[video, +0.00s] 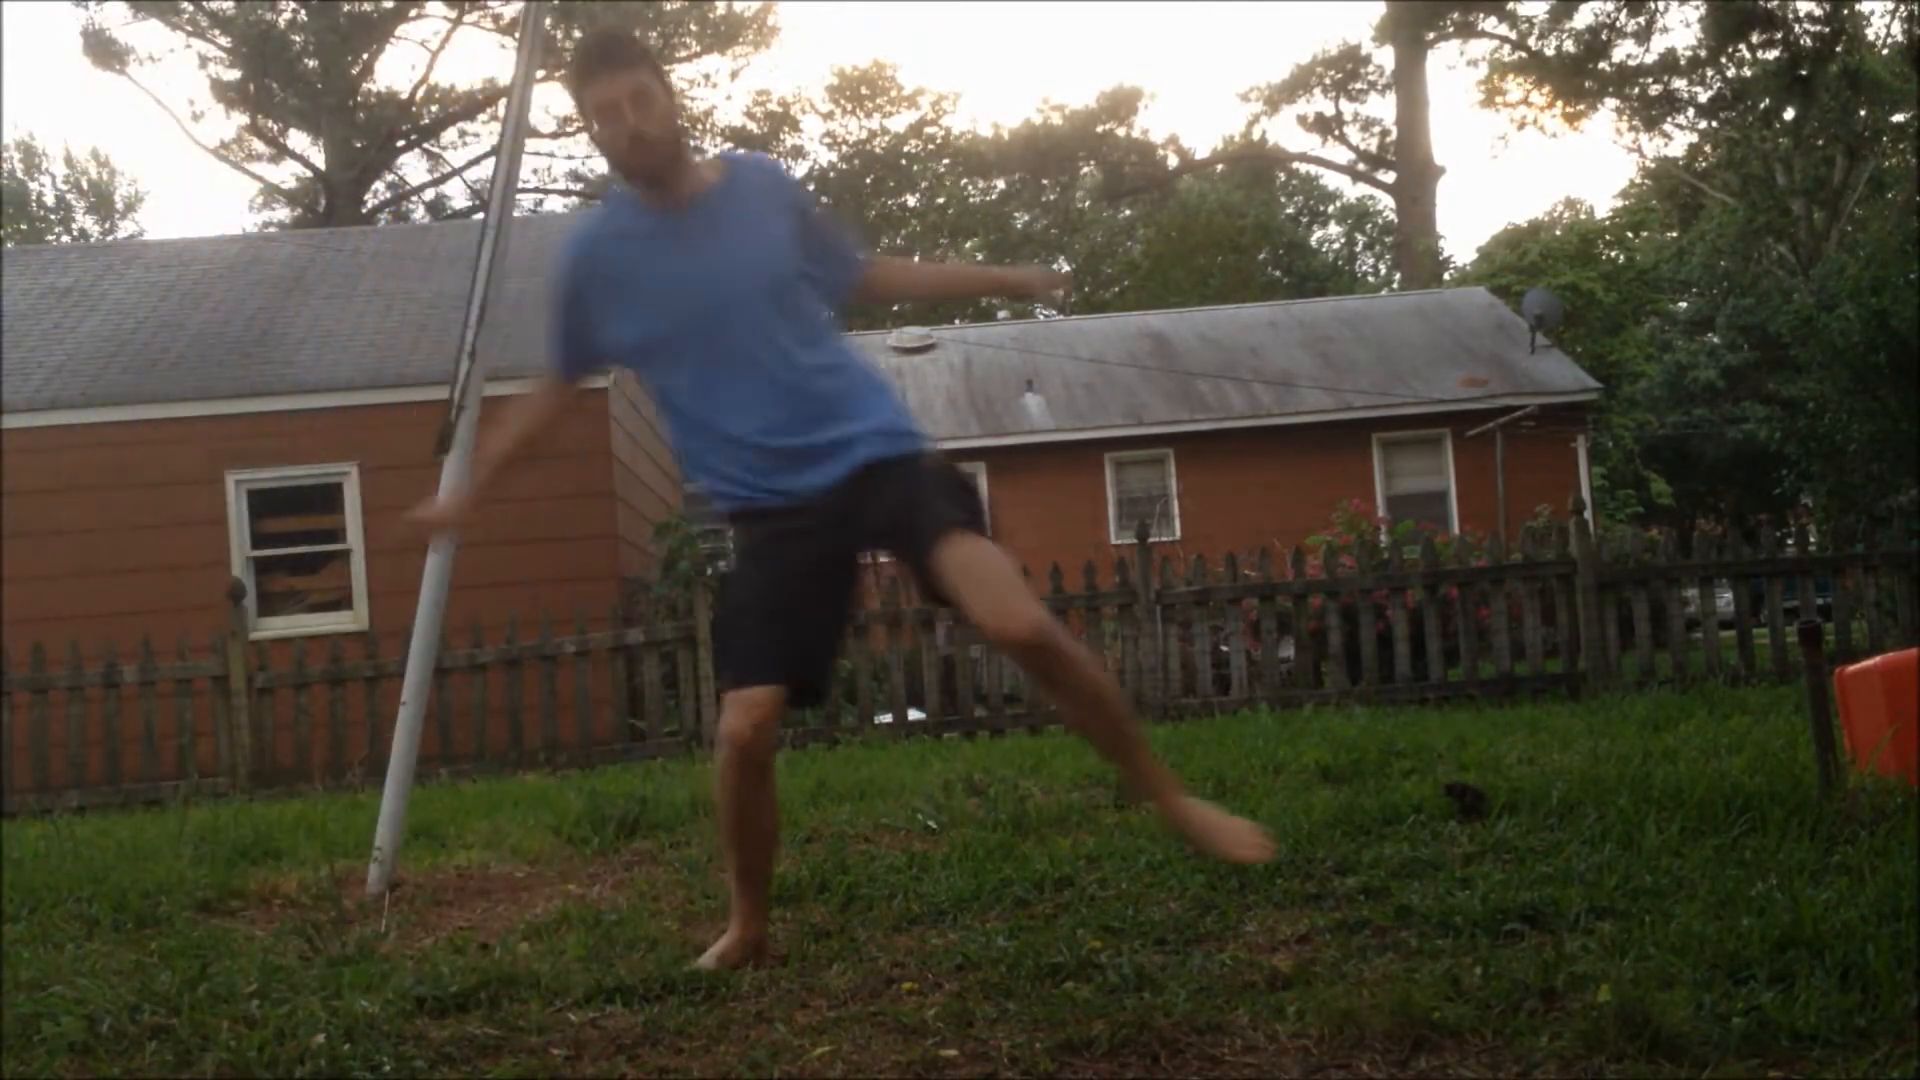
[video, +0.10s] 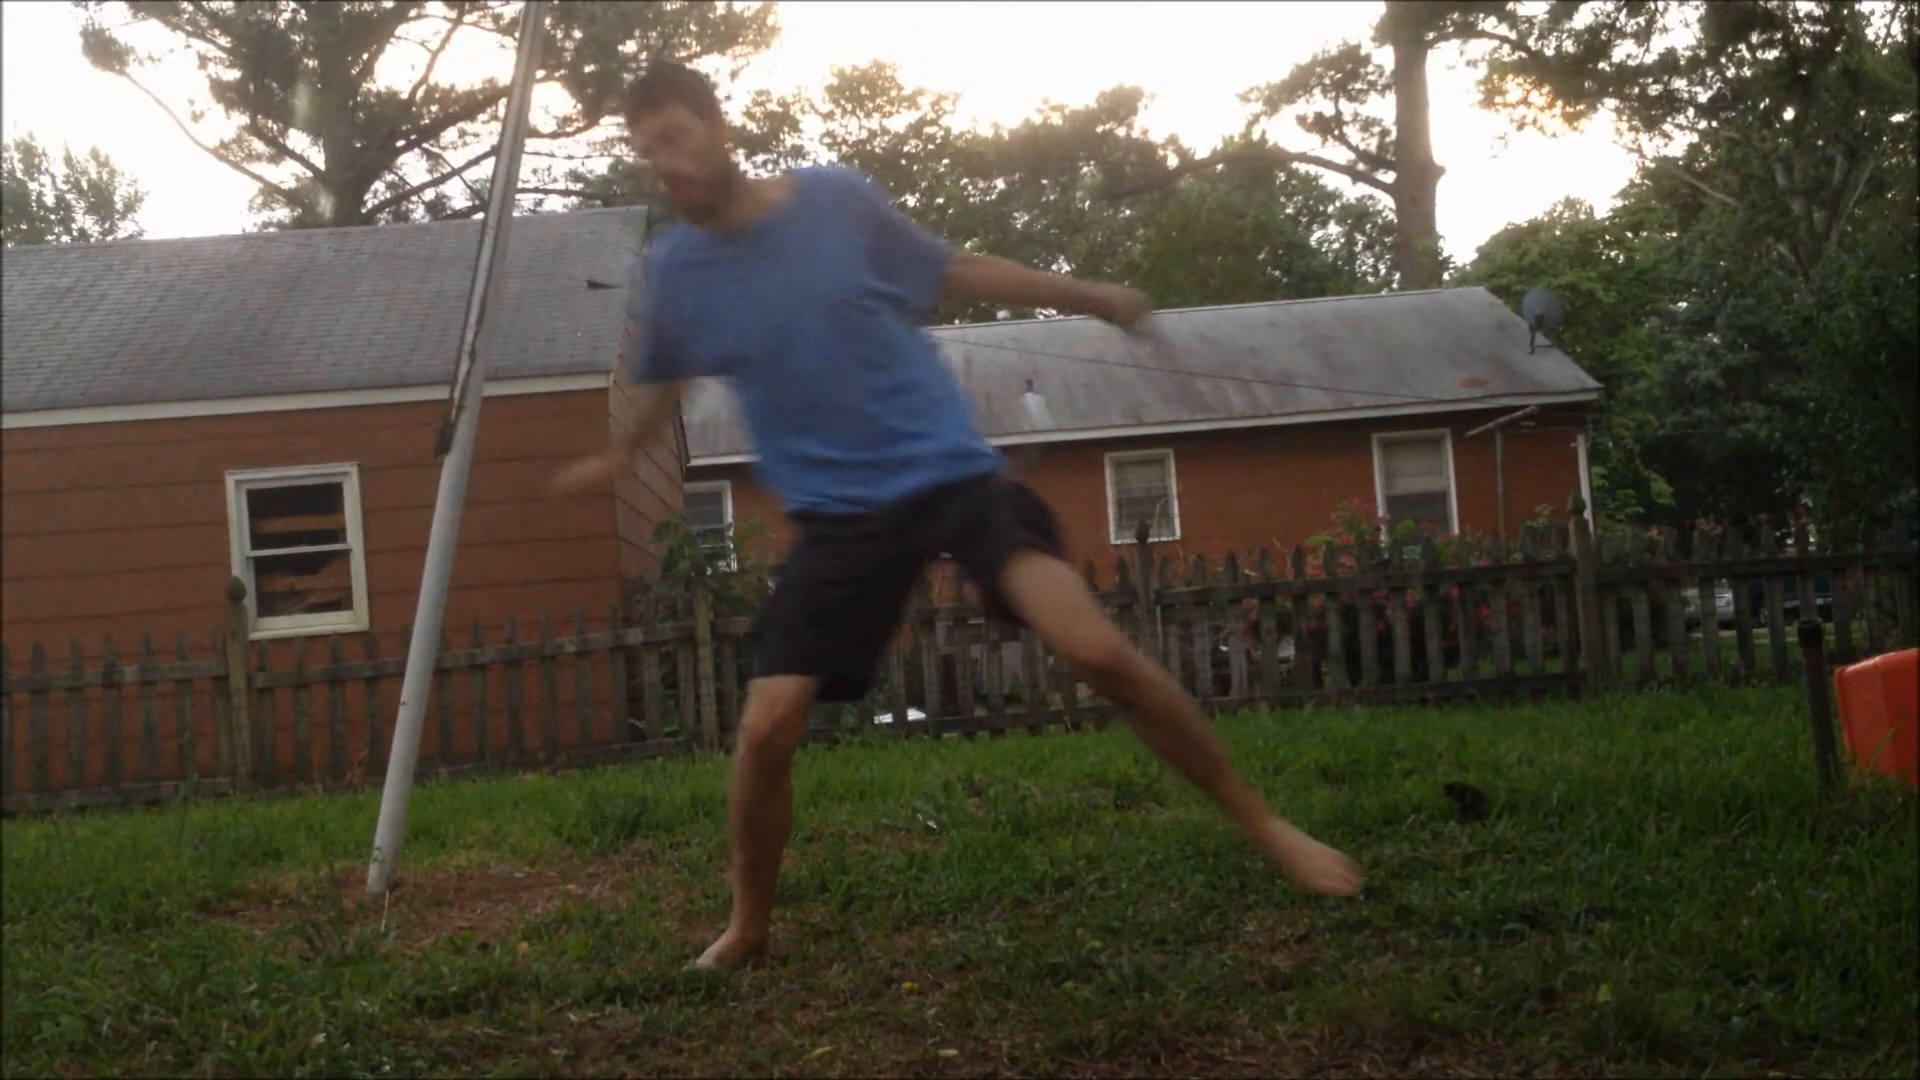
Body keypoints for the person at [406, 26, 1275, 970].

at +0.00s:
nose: (632, 124)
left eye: (640, 100)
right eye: (608, 114)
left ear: (673, 95)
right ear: (587, 132)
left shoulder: (760, 187)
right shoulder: (592, 253)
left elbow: (863, 278)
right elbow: (554, 387)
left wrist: (1007, 279)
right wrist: (468, 485)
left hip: (877, 454)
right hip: (768, 505)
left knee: (1024, 625)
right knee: (743, 732)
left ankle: (1174, 801)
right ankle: (747, 929)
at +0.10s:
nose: (663, 164)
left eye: (673, 139)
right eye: (647, 151)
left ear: (719, 130)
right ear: (641, 164)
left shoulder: (837, 202)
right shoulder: (672, 273)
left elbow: (953, 272)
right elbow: (650, 395)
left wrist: (1084, 295)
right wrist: (613, 455)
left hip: (955, 478)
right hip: (835, 516)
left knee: (1098, 649)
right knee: (764, 729)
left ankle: (1268, 829)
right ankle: (748, 927)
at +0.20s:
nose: (751, 162)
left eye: (757, 137)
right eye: (738, 148)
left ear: (809, 118)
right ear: (739, 151)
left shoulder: (934, 194)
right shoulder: (775, 252)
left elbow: (1062, 283)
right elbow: (803, 364)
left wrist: (1198, 338)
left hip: (1028, 496)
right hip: (904, 524)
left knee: (1164, 680)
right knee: (817, 724)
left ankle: (1317, 864)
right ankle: (753, 923)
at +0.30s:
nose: (848, 120)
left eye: (862, 96)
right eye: (838, 104)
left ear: (919, 92)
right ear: (842, 116)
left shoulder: (1035, 177)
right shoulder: (880, 216)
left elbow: (1167, 281)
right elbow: (947, 339)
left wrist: (1303, 367)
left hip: (1098, 483)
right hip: (979, 500)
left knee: (1209, 687)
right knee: (884, 702)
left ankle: (1328, 876)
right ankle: (831, 900)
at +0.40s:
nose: (927, 76)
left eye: (943, 51)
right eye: (921, 57)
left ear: (997, 54)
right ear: (930, 69)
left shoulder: (1096, 151)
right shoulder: (952, 180)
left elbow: (1230, 267)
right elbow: (1014, 302)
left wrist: (1364, 358)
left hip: (1136, 459)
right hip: (1018, 465)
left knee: (1227, 671)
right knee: (946, 666)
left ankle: (1332, 877)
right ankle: (972, 880)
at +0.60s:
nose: (1002, 40)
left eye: (1018, 20)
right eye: (1000, 24)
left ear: (1082, 21)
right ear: (1027, 38)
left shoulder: (1174, 133)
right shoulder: (1030, 139)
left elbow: (1271, 268)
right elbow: (1073, 271)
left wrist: (1351, 374)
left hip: (1187, 429)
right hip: (1072, 430)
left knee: (1252, 655)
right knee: (1037, 643)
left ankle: (1338, 880)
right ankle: (1073, 857)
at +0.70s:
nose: (1013, 38)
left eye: (1027, 17)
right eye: (1010, 20)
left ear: (1088, 18)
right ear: (1039, 30)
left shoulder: (1184, 123)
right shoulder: (1039, 135)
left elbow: (1269, 269)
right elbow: (1073, 222)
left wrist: (1328, 385)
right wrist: (1024, 230)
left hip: (1201, 424)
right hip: (1083, 426)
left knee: (1258, 651)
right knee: (1047, 640)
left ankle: (1339, 879)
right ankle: (1067, 864)